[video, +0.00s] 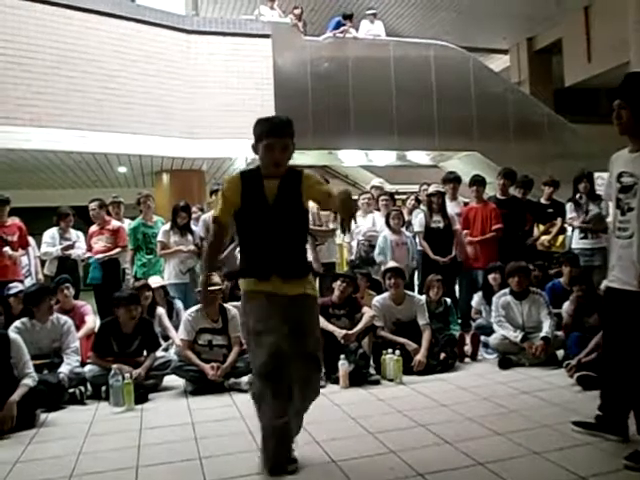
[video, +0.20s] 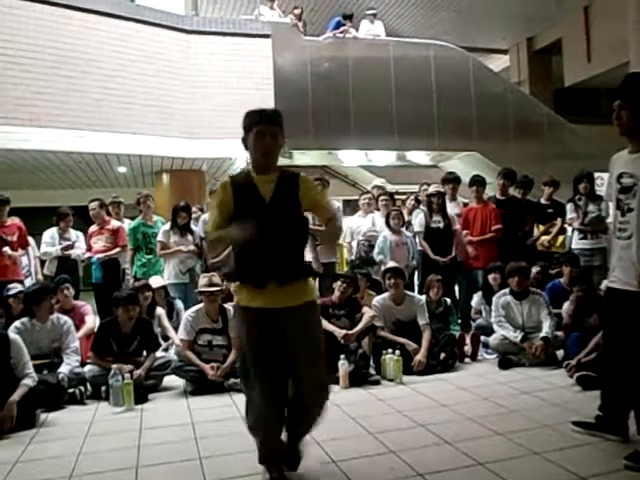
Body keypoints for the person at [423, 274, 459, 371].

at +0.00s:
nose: (436, 291)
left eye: (438, 288)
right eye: (433, 288)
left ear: (442, 290)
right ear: (428, 289)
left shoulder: (447, 302)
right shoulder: (422, 302)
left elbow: (453, 321)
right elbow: (421, 321)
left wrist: (454, 334)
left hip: (444, 331)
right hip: (429, 331)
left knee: (450, 339)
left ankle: (443, 357)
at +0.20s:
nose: (436, 291)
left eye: (438, 288)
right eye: (433, 288)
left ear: (442, 290)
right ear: (428, 289)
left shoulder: (447, 303)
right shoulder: (422, 302)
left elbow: (453, 321)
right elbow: (420, 320)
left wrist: (453, 334)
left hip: (444, 331)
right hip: (429, 331)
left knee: (450, 339)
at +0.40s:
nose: (435, 291)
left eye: (438, 288)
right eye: (432, 288)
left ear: (442, 290)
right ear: (427, 289)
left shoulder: (446, 303)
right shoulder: (422, 302)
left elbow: (453, 321)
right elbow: (420, 321)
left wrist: (454, 333)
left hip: (444, 331)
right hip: (429, 331)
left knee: (450, 339)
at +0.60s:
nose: (435, 291)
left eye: (438, 288)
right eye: (432, 288)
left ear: (442, 290)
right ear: (427, 290)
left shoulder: (447, 303)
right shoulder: (422, 302)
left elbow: (453, 321)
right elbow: (420, 321)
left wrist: (454, 334)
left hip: (444, 331)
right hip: (429, 331)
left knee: (449, 339)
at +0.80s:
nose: (435, 292)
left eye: (438, 288)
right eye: (432, 289)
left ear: (442, 290)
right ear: (427, 290)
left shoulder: (446, 303)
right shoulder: (422, 302)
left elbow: (453, 321)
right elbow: (420, 320)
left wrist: (453, 333)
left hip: (444, 331)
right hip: (428, 331)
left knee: (450, 338)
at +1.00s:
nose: (435, 292)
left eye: (437, 288)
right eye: (432, 289)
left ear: (441, 290)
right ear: (427, 290)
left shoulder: (446, 303)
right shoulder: (422, 302)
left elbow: (453, 322)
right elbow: (421, 321)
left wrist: (453, 334)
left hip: (444, 331)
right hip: (429, 331)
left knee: (449, 338)